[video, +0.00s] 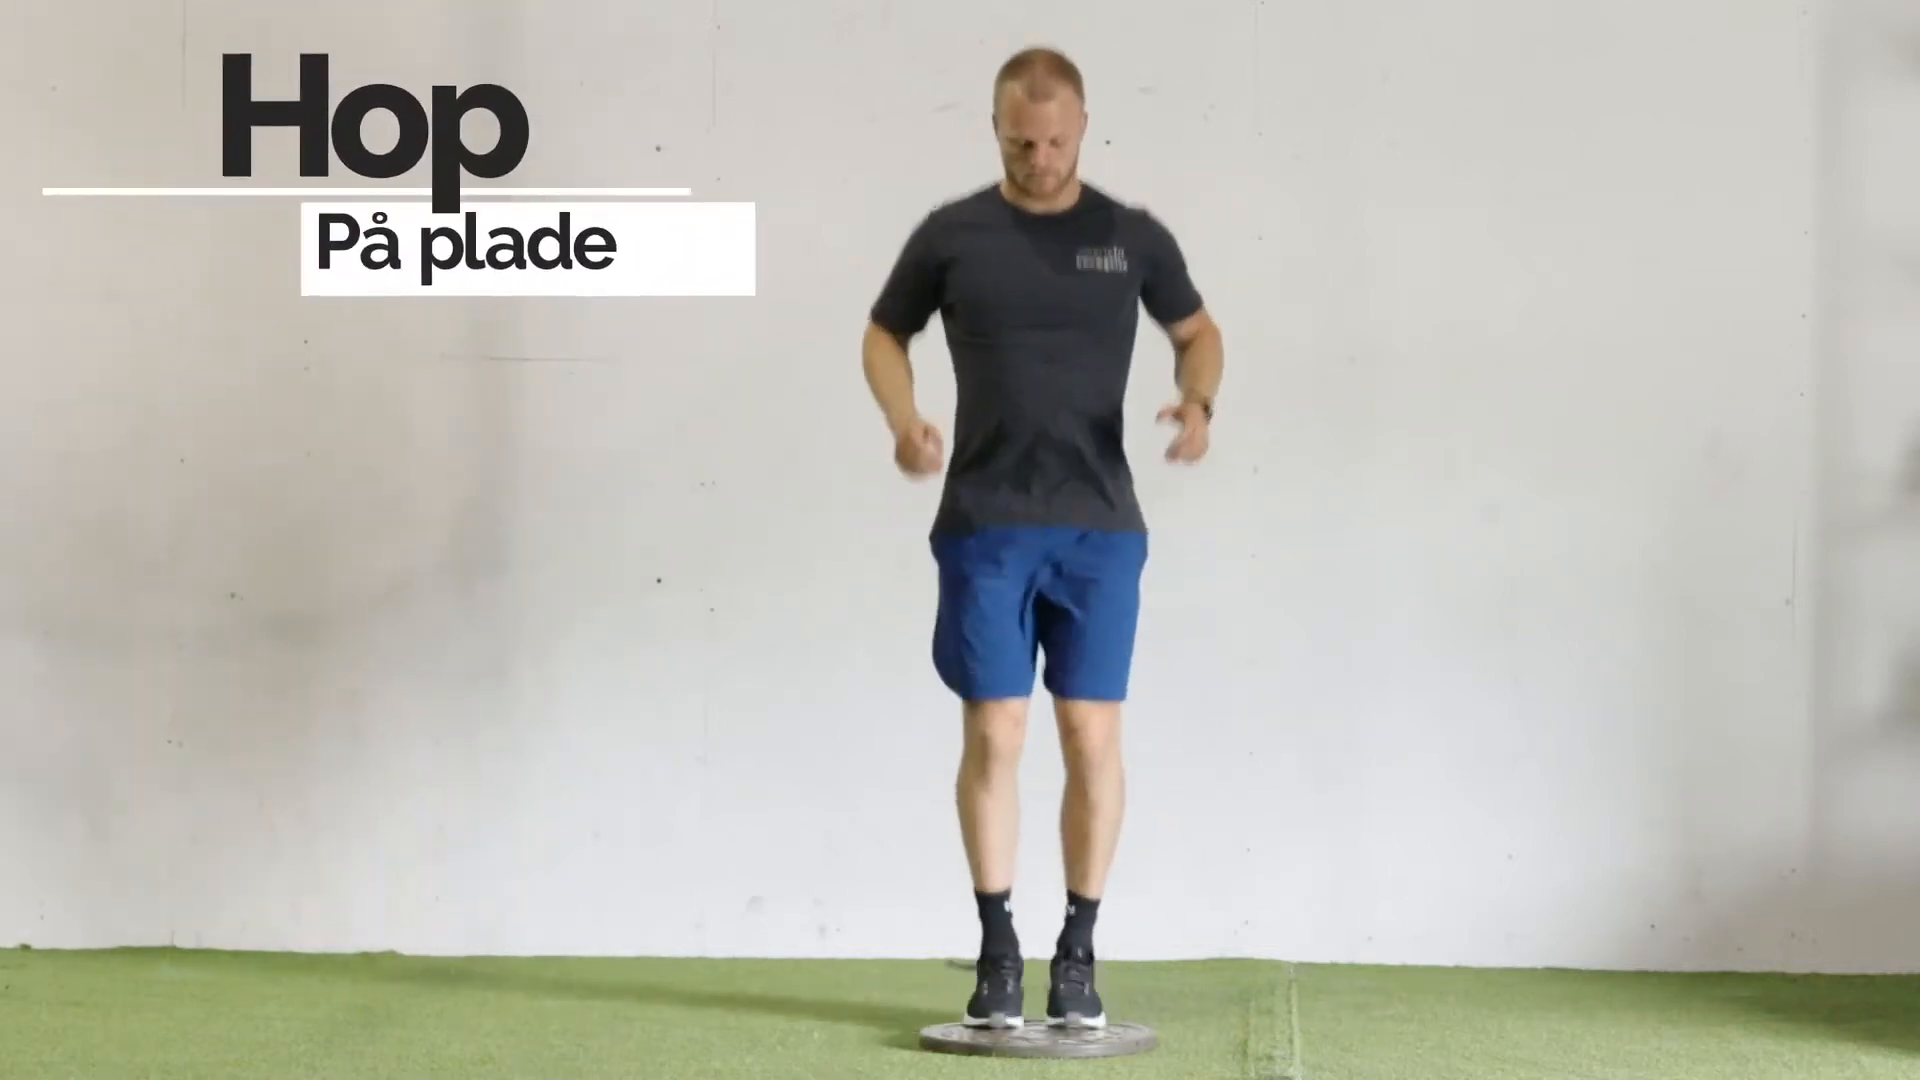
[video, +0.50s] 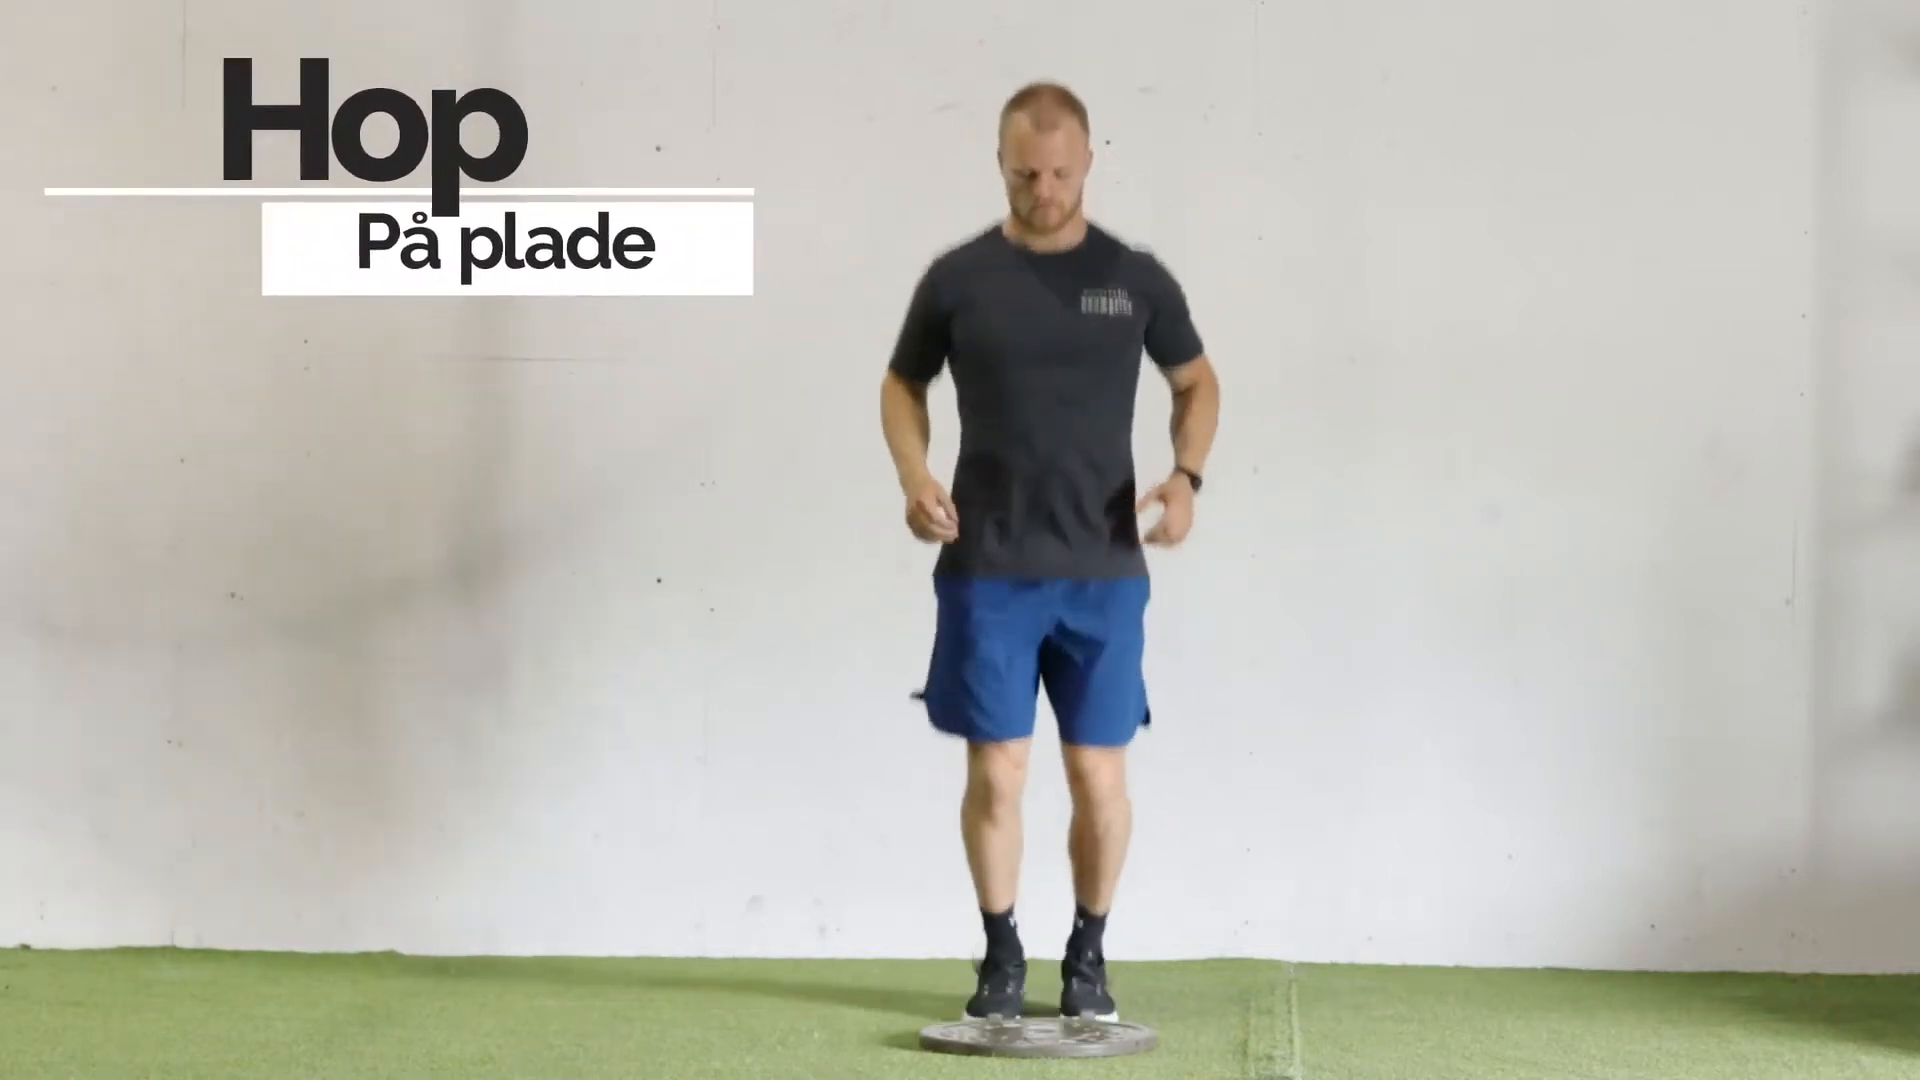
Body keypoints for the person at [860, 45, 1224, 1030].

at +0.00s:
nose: (1041, 155)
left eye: (1057, 138)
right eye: (1024, 139)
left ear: (1082, 131)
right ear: (999, 132)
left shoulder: (1132, 237)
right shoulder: (951, 235)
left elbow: (1195, 330)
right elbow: (885, 334)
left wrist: (1198, 399)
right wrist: (905, 418)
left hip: (1099, 521)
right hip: (986, 519)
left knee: (1091, 736)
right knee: (995, 736)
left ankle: (1077, 955)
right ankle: (999, 956)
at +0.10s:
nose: (1041, 201)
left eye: (1057, 183)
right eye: (1024, 184)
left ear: (1084, 173)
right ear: (999, 174)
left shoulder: (1132, 287)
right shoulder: (953, 286)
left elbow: (1193, 393)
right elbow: (891, 398)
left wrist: (1185, 466)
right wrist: (907, 493)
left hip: (1100, 571)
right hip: (988, 569)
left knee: (1091, 773)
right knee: (1001, 775)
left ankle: (1070, 970)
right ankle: (1007, 966)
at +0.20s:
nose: (1040, 148)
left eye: (1056, 131)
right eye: (1024, 132)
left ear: (1086, 123)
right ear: (1000, 125)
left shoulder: (1135, 233)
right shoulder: (955, 229)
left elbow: (1181, 340)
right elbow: (894, 329)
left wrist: (1165, 428)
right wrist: (914, 440)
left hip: (1107, 527)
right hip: (989, 525)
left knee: (1102, 731)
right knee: (991, 727)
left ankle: (1082, 949)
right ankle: (993, 947)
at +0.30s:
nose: (1039, 122)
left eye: (1056, 105)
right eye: (1023, 105)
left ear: (1088, 94)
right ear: (1001, 95)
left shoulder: (1134, 200)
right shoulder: (955, 198)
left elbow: (1188, 300)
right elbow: (890, 287)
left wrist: (1167, 393)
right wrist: (912, 397)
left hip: (1107, 495)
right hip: (989, 495)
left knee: (1105, 702)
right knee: (989, 699)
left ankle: (1086, 918)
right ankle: (992, 918)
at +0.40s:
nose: (1044, 141)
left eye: (1060, 124)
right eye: (1028, 124)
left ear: (1088, 114)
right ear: (1003, 115)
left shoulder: (1138, 223)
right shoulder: (953, 221)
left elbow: (1195, 323)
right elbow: (897, 317)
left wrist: (1178, 422)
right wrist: (911, 429)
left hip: (1107, 514)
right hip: (990, 512)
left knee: (1100, 722)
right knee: (995, 723)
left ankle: (1088, 927)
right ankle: (995, 928)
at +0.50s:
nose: (1043, 189)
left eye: (1059, 172)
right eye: (1026, 173)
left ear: (1088, 163)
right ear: (1003, 167)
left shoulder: (1137, 278)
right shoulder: (955, 280)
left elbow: (1197, 384)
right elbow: (903, 386)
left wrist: (1184, 478)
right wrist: (915, 475)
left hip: (1103, 564)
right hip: (990, 562)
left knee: (1097, 773)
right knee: (995, 774)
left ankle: (1087, 959)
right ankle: (1002, 961)